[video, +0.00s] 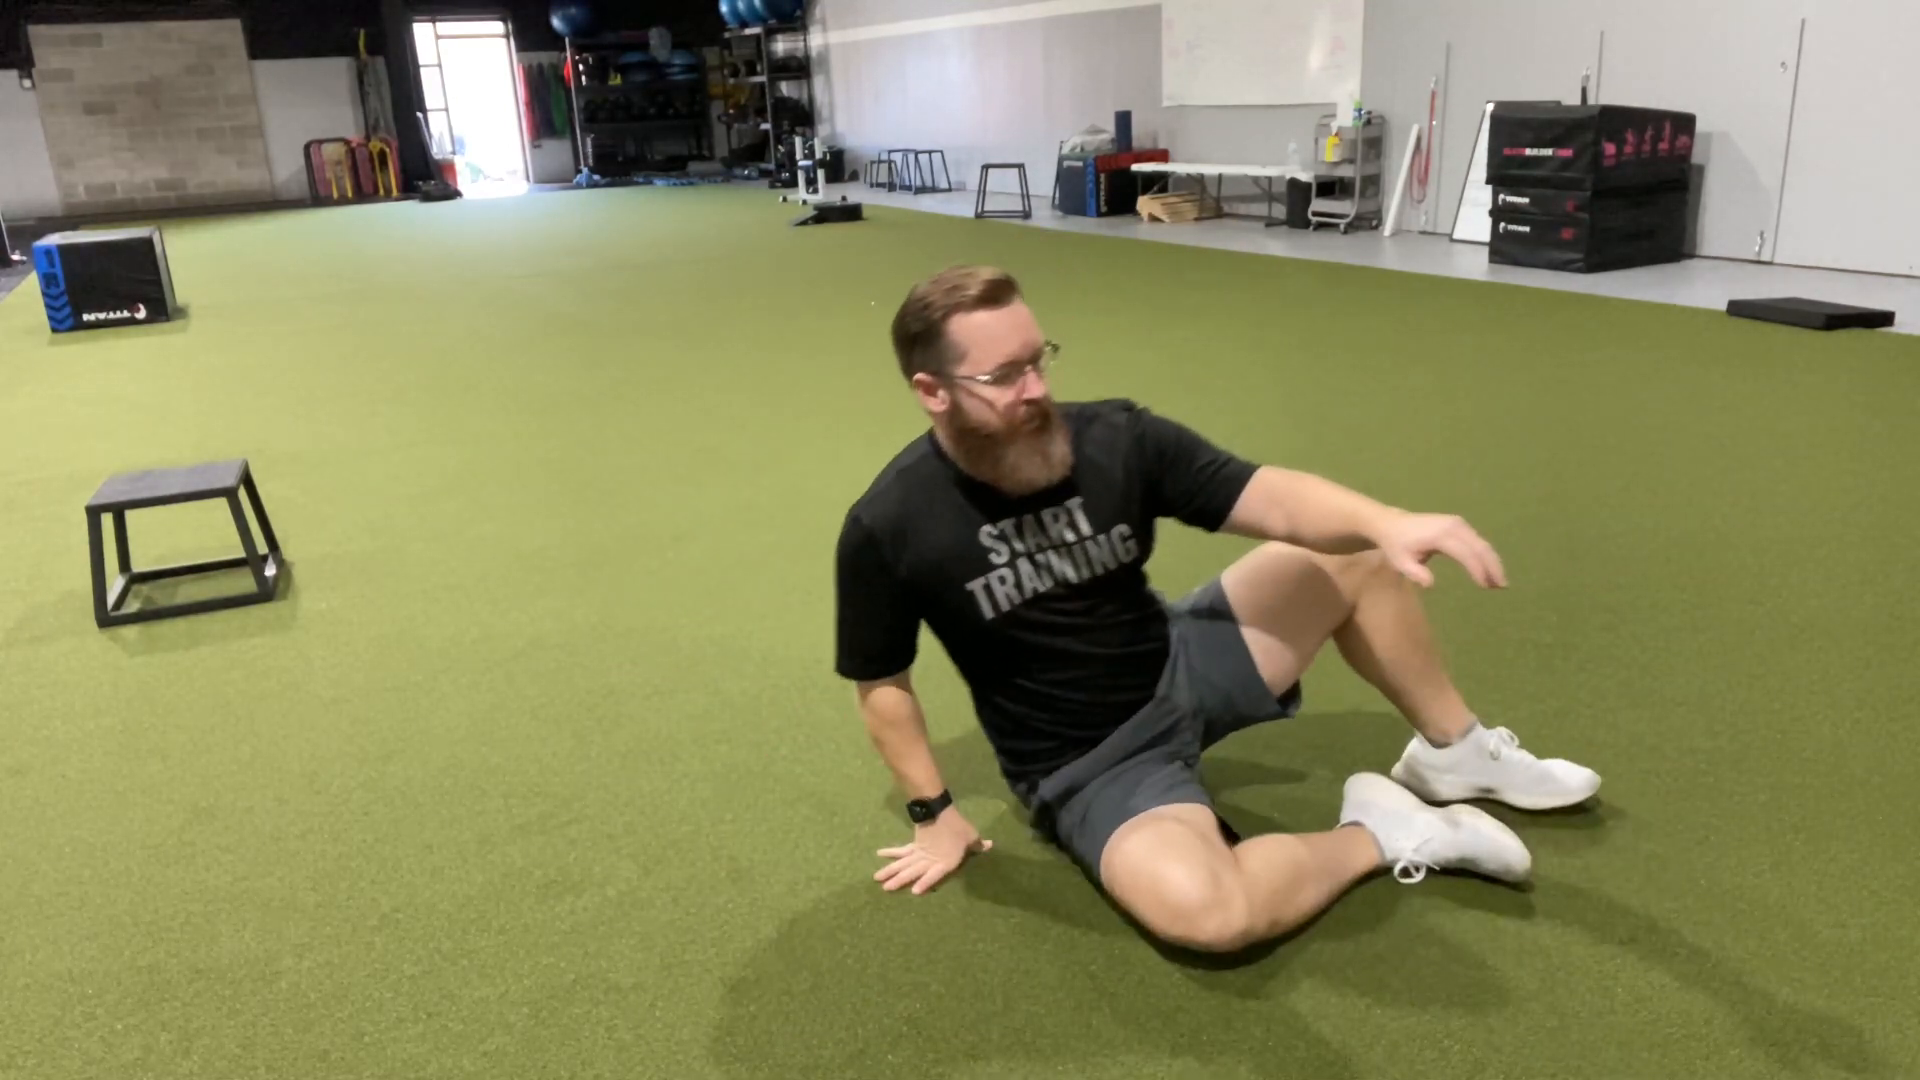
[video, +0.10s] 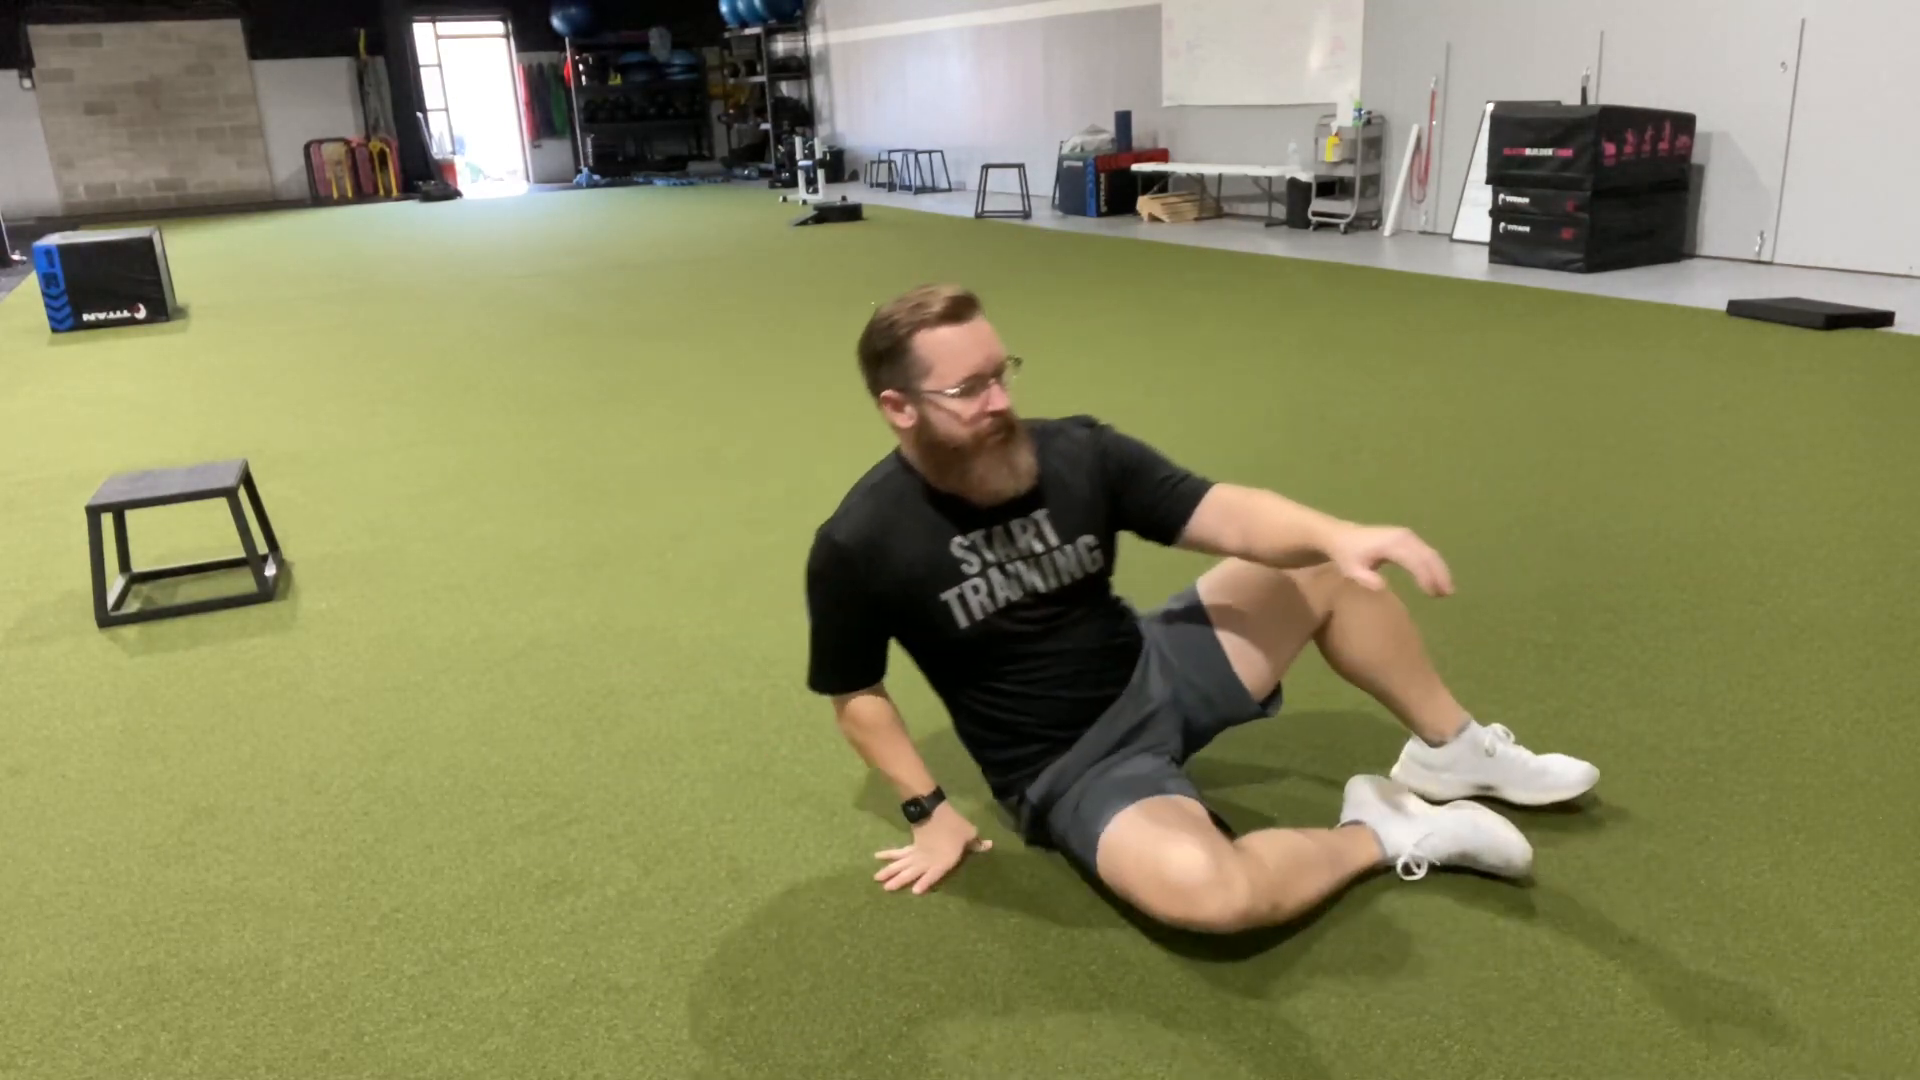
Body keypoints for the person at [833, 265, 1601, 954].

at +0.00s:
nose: (1035, 388)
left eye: (1038, 359)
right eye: (1003, 375)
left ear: (1046, 347)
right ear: (932, 396)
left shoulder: (1114, 440)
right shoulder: (889, 533)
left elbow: (1264, 496)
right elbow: (880, 682)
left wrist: (1388, 525)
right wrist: (937, 816)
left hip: (1179, 659)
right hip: (1090, 761)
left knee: (1344, 554)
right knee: (1200, 911)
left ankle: (1459, 749)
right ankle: (1385, 829)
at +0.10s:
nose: (999, 401)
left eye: (1000, 375)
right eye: (969, 389)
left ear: (1008, 368)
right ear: (898, 411)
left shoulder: (1077, 454)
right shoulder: (860, 546)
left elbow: (1211, 510)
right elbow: (855, 693)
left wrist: (1339, 534)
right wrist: (932, 812)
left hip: (1155, 664)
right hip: (1071, 765)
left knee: (1313, 565)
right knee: (1202, 896)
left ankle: (1461, 748)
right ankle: (1386, 830)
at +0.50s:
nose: (830, 463)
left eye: (824, 443)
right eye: (802, 458)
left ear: (833, 440)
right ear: (748, 499)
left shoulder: (910, 503)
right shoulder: (758, 620)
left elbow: (1032, 526)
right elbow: (788, 771)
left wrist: (1096, 501)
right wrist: (913, 812)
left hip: (1071, 643)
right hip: (1005, 742)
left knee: (1218, 514)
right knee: (1149, 717)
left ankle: (1388, 697)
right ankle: (1352, 791)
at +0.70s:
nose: (765, 518)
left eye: (756, 502)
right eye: (735, 520)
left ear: (773, 505)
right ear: (700, 568)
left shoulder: (861, 554)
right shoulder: (731, 652)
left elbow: (976, 534)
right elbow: (778, 776)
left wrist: (971, 458)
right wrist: (910, 791)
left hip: (1061, 693)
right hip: (982, 760)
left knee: (1105, 456)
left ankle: (1295, 589)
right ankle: (1248, 665)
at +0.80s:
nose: (733, 540)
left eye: (725, 527)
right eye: (703, 550)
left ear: (752, 532)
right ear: (684, 602)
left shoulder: (854, 562)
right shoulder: (720, 667)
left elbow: (971, 565)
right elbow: (768, 769)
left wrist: (911, 457)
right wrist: (880, 729)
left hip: (1051, 672)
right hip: (978, 738)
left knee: (1045, 434)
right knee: (935, 488)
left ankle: (1225, 521)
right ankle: (1188, 576)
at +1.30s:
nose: (669, 596)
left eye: (669, 594)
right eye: (653, 610)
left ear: (704, 601)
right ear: (654, 661)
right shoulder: (692, 699)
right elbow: (693, 662)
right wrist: (687, 548)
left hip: (993, 637)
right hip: (886, 654)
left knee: (931, 415)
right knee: (749, 426)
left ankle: (1008, 378)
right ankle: (933, 386)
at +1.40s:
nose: (663, 599)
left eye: (663, 599)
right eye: (647, 612)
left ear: (696, 602)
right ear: (650, 660)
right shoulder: (694, 702)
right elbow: (686, 653)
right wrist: (681, 547)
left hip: (992, 637)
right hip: (880, 650)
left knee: (940, 413)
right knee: (751, 420)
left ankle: (1005, 375)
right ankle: (925, 386)